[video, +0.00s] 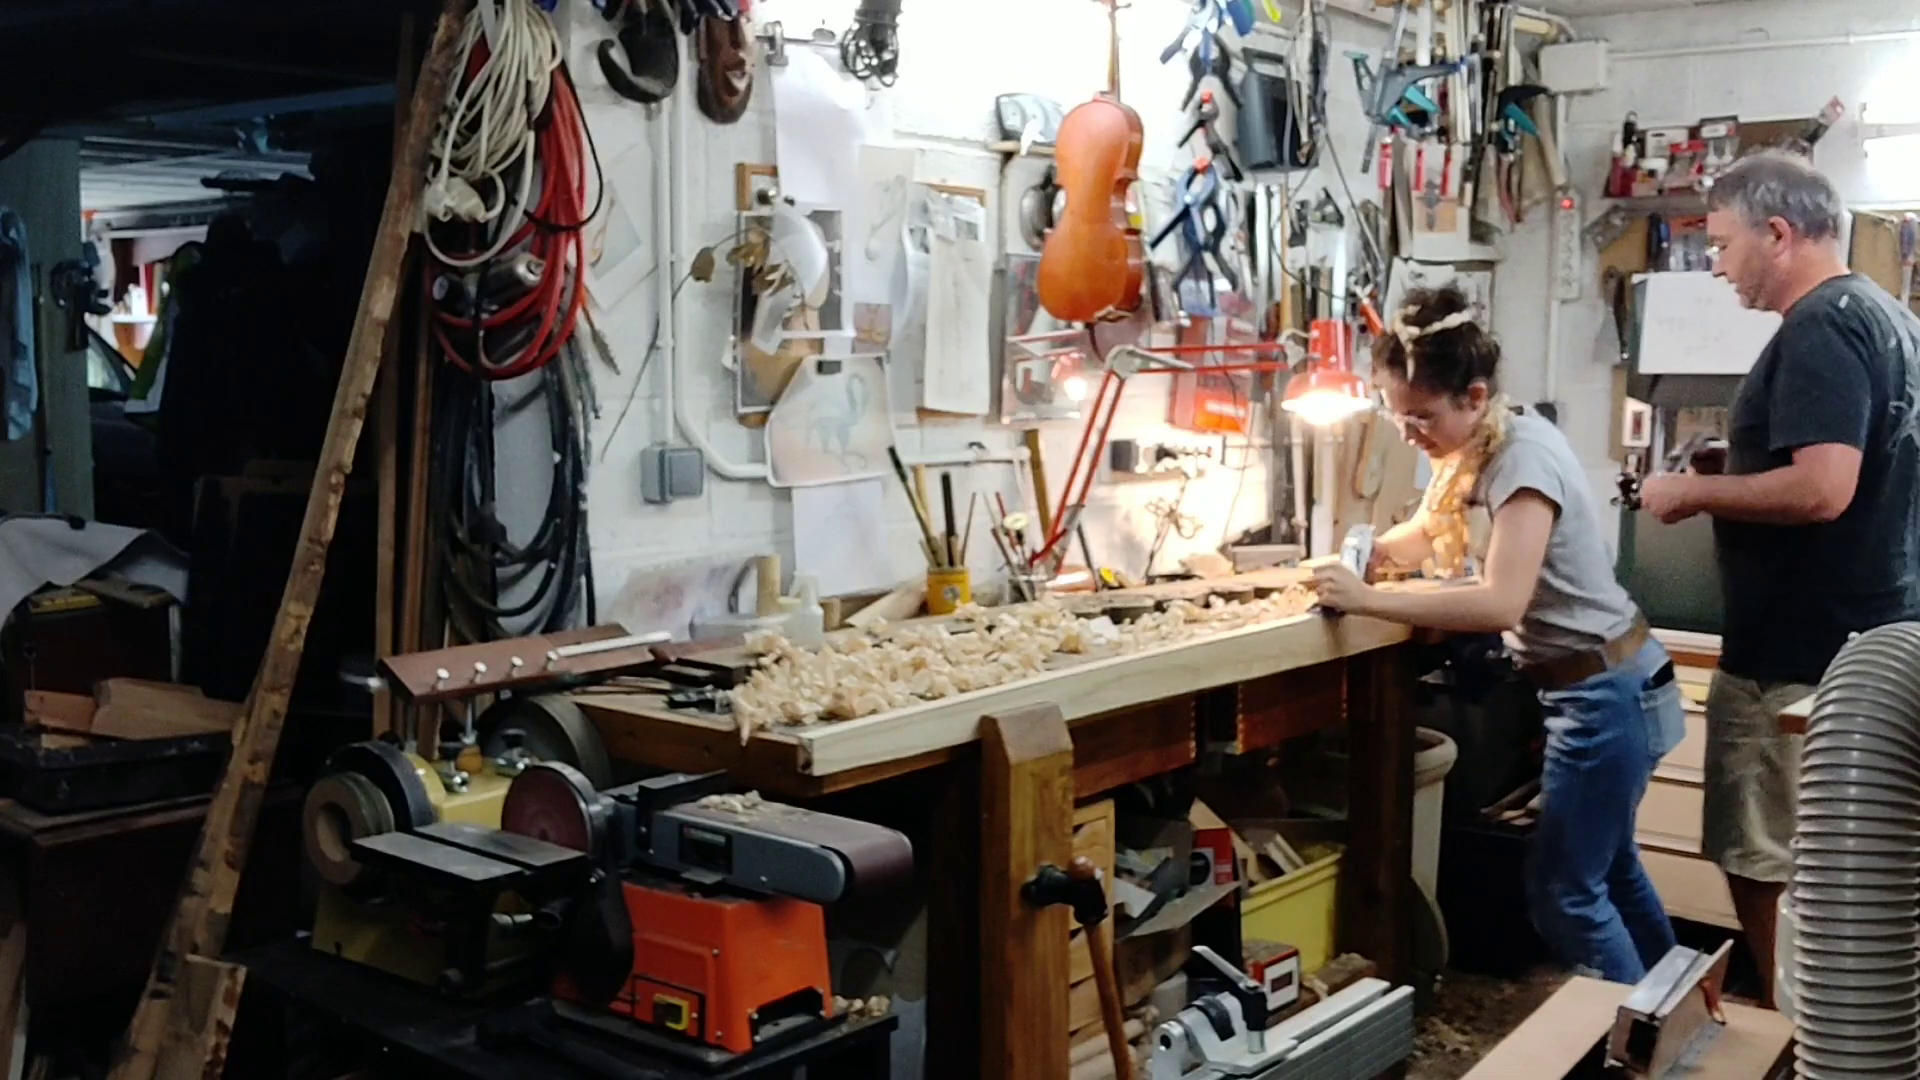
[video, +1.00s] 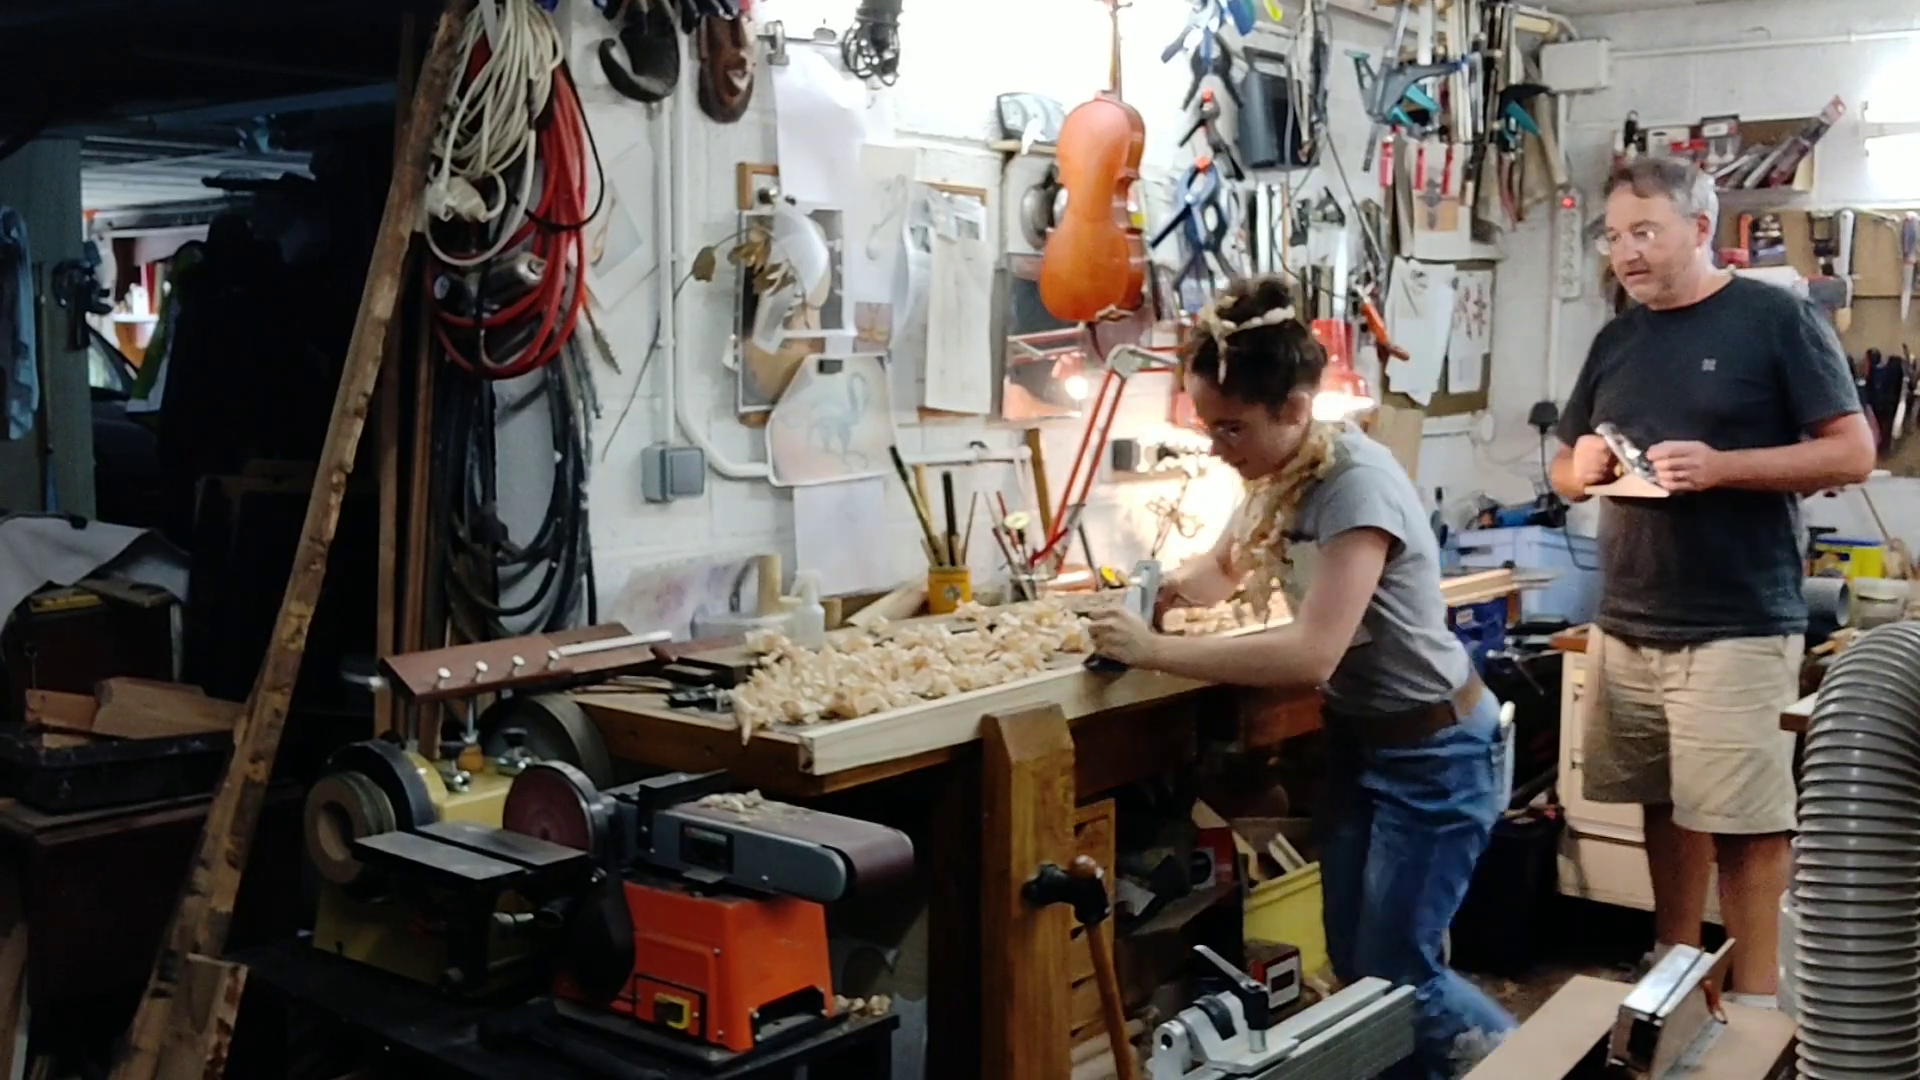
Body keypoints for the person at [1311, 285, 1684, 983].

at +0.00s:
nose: (1406, 431)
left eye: (1421, 415)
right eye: (1397, 414)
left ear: (1476, 395)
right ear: (1387, 392)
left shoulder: (1526, 456)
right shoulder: (1470, 450)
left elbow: (1500, 602)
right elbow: (1430, 538)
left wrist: (1370, 598)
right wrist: (1367, 557)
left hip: (1605, 692)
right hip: (1584, 685)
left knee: (1564, 891)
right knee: (1614, 868)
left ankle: (1642, 1026)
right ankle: (1676, 1002)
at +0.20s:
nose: (1394, 439)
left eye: (1408, 425)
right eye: (1385, 422)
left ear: (1464, 404)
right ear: (1377, 399)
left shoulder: (1515, 466)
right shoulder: (1453, 464)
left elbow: (1474, 613)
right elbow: (1392, 542)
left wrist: (1338, 605)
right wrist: (1325, 558)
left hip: (1593, 706)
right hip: (1565, 701)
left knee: (1528, 903)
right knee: (1607, 880)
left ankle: (1617, 1043)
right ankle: (1679, 1015)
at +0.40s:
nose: (1379, 437)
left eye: (1393, 421)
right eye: (1370, 417)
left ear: (1452, 404)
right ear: (1364, 395)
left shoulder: (1502, 472)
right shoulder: (1440, 465)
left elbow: (1447, 620)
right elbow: (1383, 543)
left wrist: (1307, 611)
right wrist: (1317, 559)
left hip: (1569, 725)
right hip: (1511, 719)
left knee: (1550, 919)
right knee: (1503, 904)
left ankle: (1634, 1037)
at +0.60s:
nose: (1349, 437)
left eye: (1363, 420)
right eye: (1344, 418)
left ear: (1424, 404)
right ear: (1346, 395)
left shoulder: (1476, 476)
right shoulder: (1403, 469)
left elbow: (1420, 630)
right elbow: (1341, 551)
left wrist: (1273, 619)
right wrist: (1260, 570)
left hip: (1549, 728)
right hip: (1477, 721)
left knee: (1562, 917)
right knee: (1434, 891)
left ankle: (1635, 1034)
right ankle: (1484, 1029)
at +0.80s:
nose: (1289, 440)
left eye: (1304, 423)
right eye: (1279, 421)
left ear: (1367, 405)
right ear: (1271, 396)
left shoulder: (1423, 481)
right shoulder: (1344, 470)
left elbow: (1369, 643)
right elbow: (1293, 557)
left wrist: (1219, 633)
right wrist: (1224, 575)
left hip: (1500, 740)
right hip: (1417, 734)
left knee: (1529, 931)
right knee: (1378, 912)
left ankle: (1625, 1043)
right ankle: (1424, 1064)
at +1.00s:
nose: (1217, 449)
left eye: (1231, 430)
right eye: (1208, 429)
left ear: (1295, 407)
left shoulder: (1360, 481)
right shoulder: (1283, 483)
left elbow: (1314, 652)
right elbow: (1221, 572)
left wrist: (1162, 652)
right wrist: (1144, 597)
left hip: (1439, 752)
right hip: (1362, 745)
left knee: (1395, 971)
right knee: (1353, 962)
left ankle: (1523, 1061)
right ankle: (1452, 1062)